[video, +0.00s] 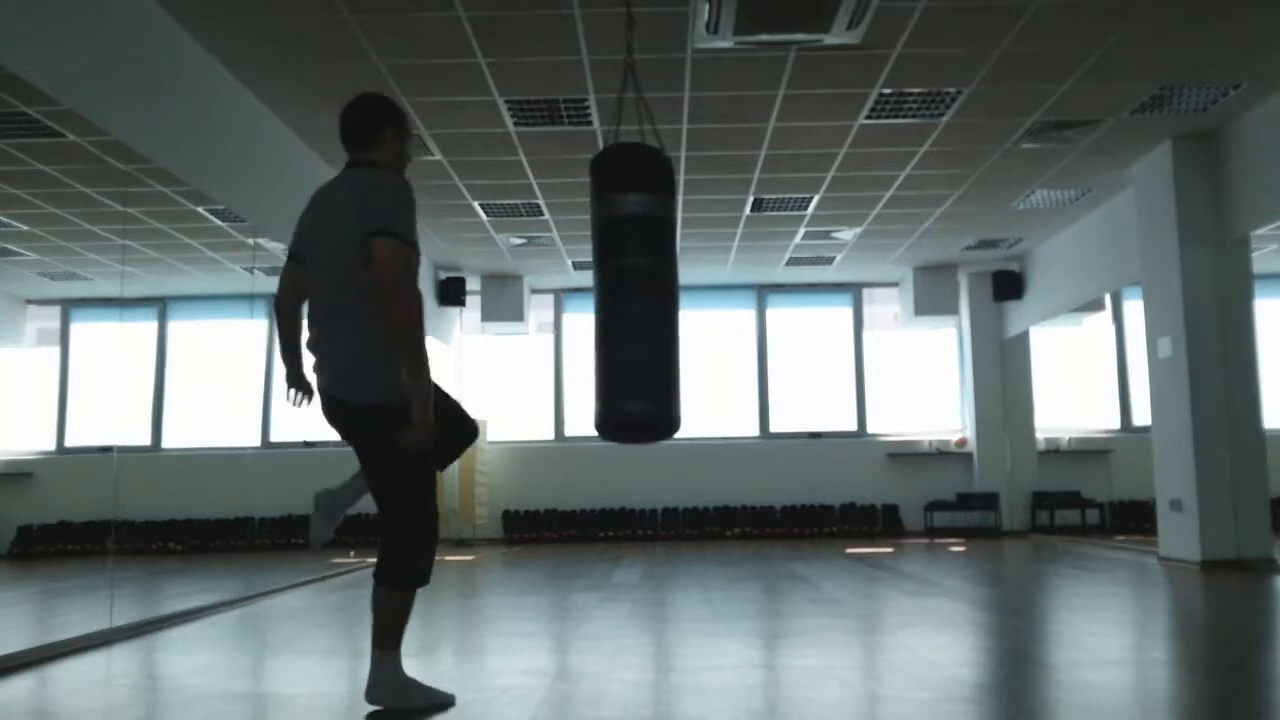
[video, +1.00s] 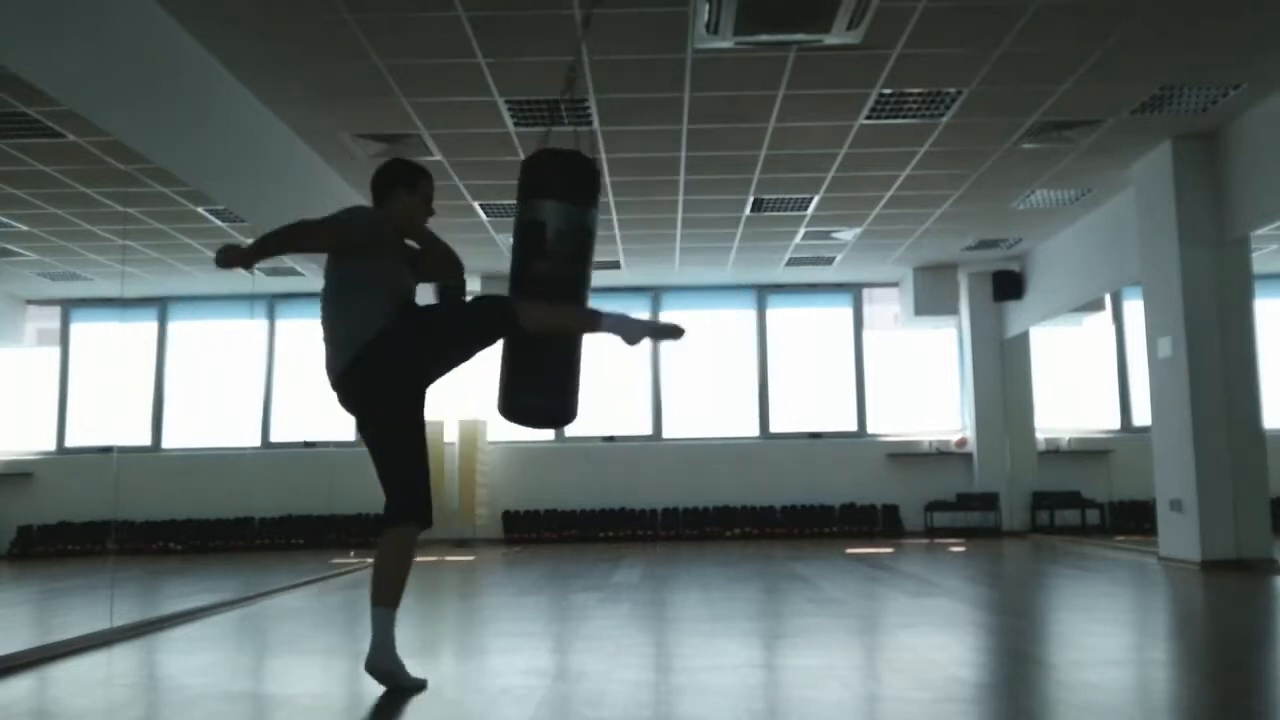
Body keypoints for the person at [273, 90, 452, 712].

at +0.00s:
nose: (407, 150)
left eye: (405, 139)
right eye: (404, 139)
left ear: (349, 142)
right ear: (389, 139)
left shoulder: (321, 202)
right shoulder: (390, 192)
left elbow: (288, 297)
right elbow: (395, 287)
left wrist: (293, 363)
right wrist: (420, 382)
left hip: (340, 389)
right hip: (384, 387)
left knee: (458, 429)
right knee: (410, 524)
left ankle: (340, 500)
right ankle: (386, 673)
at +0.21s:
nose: (411, 157)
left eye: (410, 146)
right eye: (407, 145)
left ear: (352, 146)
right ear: (390, 144)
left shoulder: (310, 208)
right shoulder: (406, 198)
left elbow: (227, 268)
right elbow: (454, 294)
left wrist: (147, 322)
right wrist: (488, 377)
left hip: (350, 377)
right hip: (394, 376)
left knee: (499, 322)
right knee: (408, 524)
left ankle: (585, 368)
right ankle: (389, 668)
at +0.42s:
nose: (432, 187)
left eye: (431, 176)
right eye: (425, 175)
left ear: (387, 178)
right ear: (402, 175)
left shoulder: (386, 235)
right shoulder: (382, 217)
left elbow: (435, 307)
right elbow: (349, 302)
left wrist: (443, 250)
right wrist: (404, 280)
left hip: (407, 396)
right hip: (435, 354)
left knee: (436, 527)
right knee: (553, 305)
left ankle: (430, 671)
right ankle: (683, 296)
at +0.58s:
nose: (410, 184)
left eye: (410, 176)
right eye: (405, 175)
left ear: (368, 174)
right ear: (380, 171)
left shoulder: (378, 222)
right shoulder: (358, 203)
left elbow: (425, 269)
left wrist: (428, 220)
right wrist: (258, 241)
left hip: (385, 385)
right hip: (417, 352)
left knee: (417, 516)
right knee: (528, 335)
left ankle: (412, 655)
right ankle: (633, 369)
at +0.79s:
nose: (375, 212)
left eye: (373, 202)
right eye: (369, 201)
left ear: (321, 201)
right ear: (339, 196)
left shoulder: (273, 256)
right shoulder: (360, 231)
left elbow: (199, 301)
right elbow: (372, 291)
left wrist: (189, 317)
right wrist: (406, 365)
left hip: (346, 403)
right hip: (399, 368)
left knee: (350, 538)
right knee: (523, 368)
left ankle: (324, 669)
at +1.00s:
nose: (428, 212)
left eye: (429, 203)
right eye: (424, 201)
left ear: (395, 196)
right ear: (399, 196)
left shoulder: (397, 252)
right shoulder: (364, 224)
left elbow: (452, 275)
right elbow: (300, 236)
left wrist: (418, 232)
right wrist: (249, 253)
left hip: (376, 387)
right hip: (390, 353)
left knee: (407, 514)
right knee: (500, 311)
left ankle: (381, 650)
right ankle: (623, 326)